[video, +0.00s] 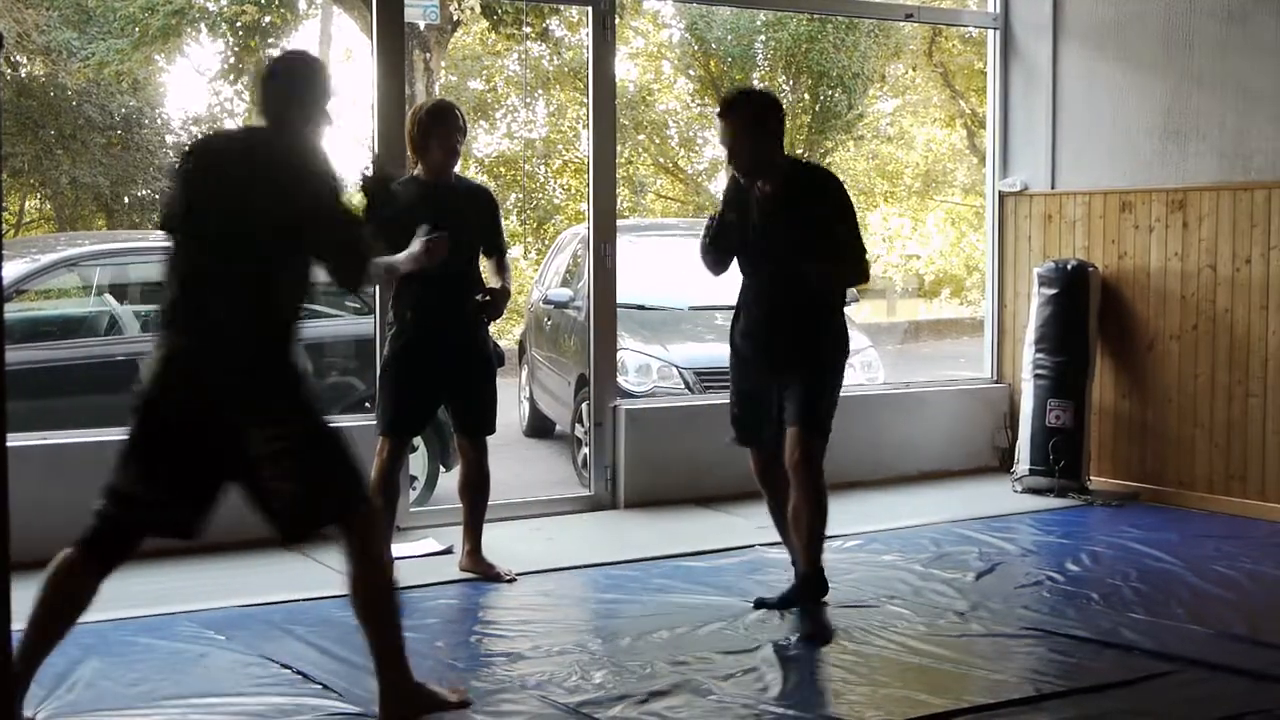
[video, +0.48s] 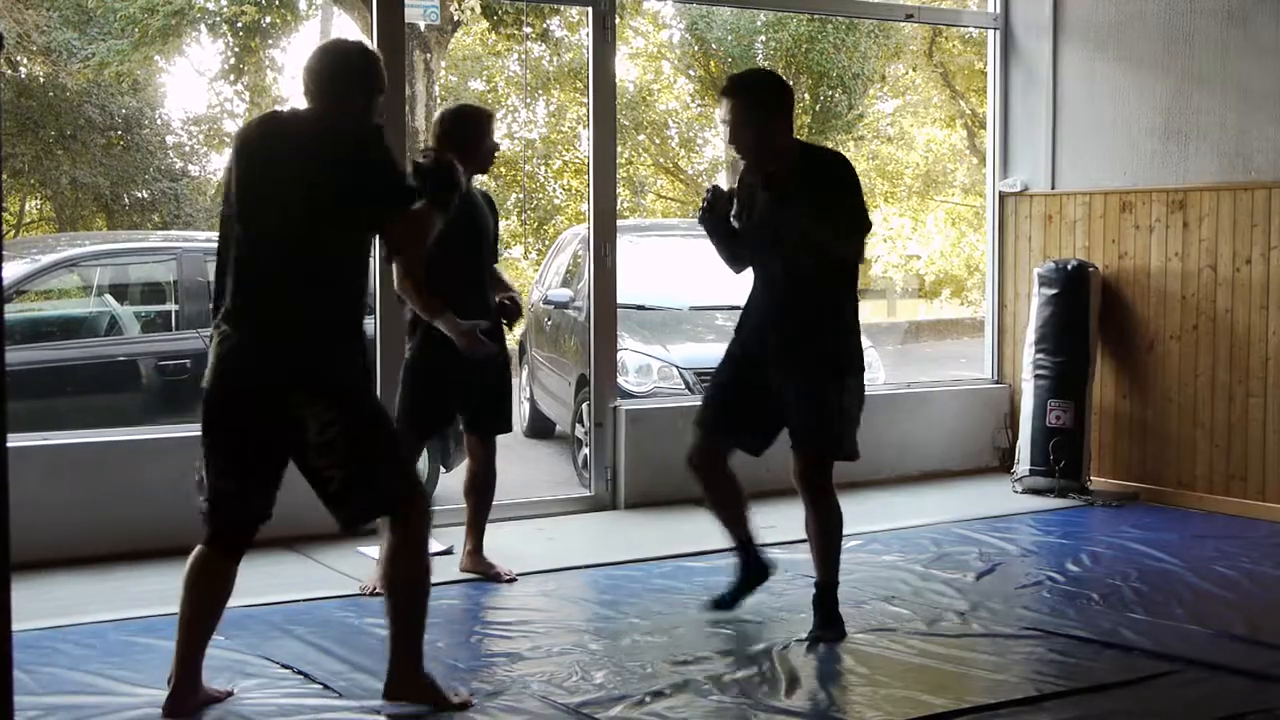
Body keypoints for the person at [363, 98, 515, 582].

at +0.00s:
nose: (453, 142)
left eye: (457, 133)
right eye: (444, 133)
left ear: (463, 138)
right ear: (420, 140)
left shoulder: (478, 198)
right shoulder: (392, 198)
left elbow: (497, 259)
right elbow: (370, 268)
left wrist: (502, 290)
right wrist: (408, 259)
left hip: (466, 335)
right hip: (411, 336)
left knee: (473, 446)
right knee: (391, 449)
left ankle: (472, 552)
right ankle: (377, 559)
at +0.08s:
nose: (454, 145)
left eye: (458, 136)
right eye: (445, 136)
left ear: (464, 140)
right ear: (421, 141)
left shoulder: (478, 199)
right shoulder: (393, 199)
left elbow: (495, 260)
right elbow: (377, 270)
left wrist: (502, 291)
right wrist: (411, 265)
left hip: (466, 333)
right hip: (412, 335)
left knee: (473, 447)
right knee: (392, 449)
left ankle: (472, 552)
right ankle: (381, 553)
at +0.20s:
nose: (474, 139)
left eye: (472, 131)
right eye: (466, 131)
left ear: (446, 139)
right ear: (443, 137)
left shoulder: (478, 199)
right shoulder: (402, 194)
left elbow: (491, 263)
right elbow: (396, 279)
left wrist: (500, 292)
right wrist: (444, 304)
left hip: (469, 336)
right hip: (416, 337)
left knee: (473, 447)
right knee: (396, 450)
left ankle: (472, 551)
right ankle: (384, 551)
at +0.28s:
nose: (481, 141)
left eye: (479, 132)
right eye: (473, 133)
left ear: (449, 142)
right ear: (448, 140)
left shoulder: (477, 195)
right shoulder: (407, 194)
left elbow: (489, 261)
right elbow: (393, 278)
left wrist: (502, 290)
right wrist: (438, 314)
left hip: (473, 334)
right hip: (418, 336)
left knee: (474, 444)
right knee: (397, 450)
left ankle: (472, 551)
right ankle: (381, 551)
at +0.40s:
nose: (491, 144)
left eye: (489, 135)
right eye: (483, 135)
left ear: (456, 140)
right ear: (457, 140)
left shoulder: (480, 200)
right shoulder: (420, 191)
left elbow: (483, 264)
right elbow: (400, 277)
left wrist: (501, 290)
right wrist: (446, 319)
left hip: (478, 335)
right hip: (427, 338)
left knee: (478, 447)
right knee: (404, 448)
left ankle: (473, 551)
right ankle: (382, 551)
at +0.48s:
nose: (497, 146)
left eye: (493, 137)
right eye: (489, 137)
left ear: (467, 143)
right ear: (464, 143)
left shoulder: (484, 202)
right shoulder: (426, 195)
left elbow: (484, 266)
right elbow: (404, 277)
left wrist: (507, 292)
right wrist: (450, 323)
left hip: (483, 337)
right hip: (434, 339)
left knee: (481, 445)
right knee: (408, 448)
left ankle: (473, 551)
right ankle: (391, 558)